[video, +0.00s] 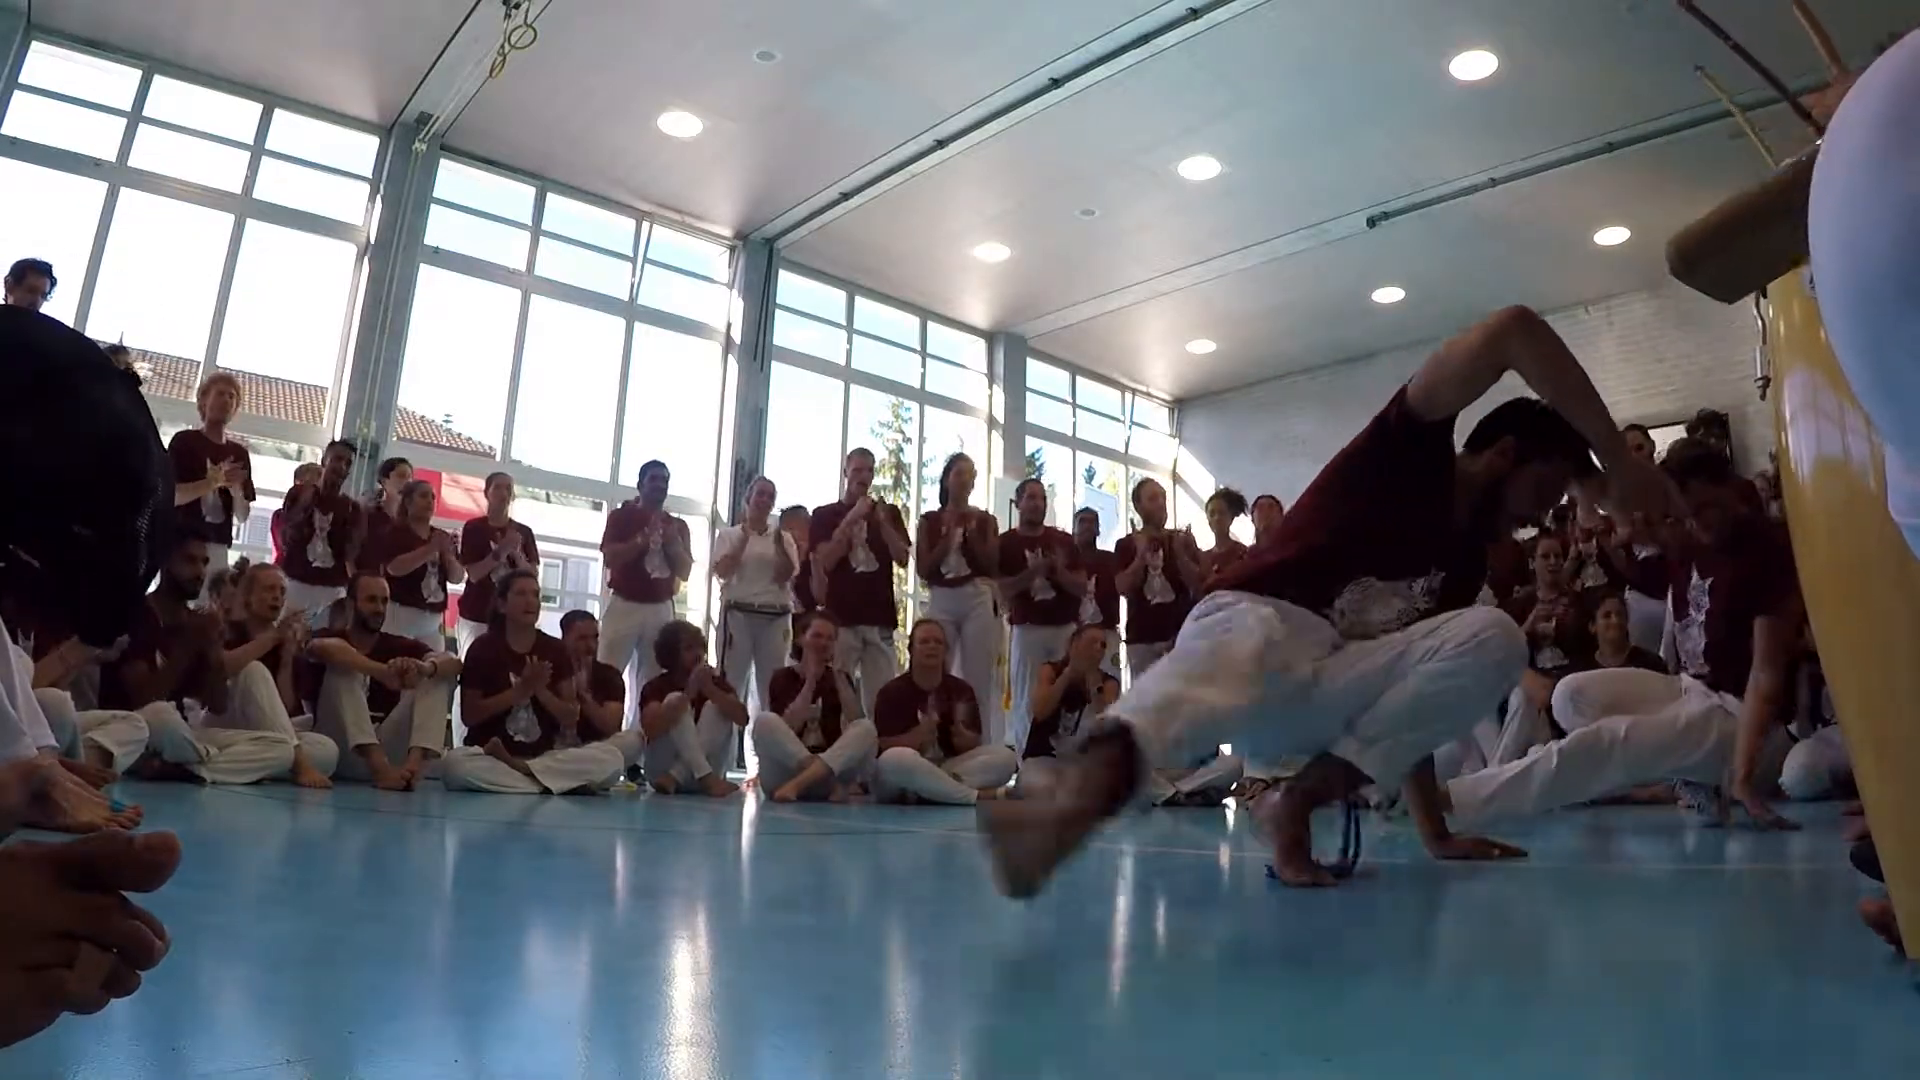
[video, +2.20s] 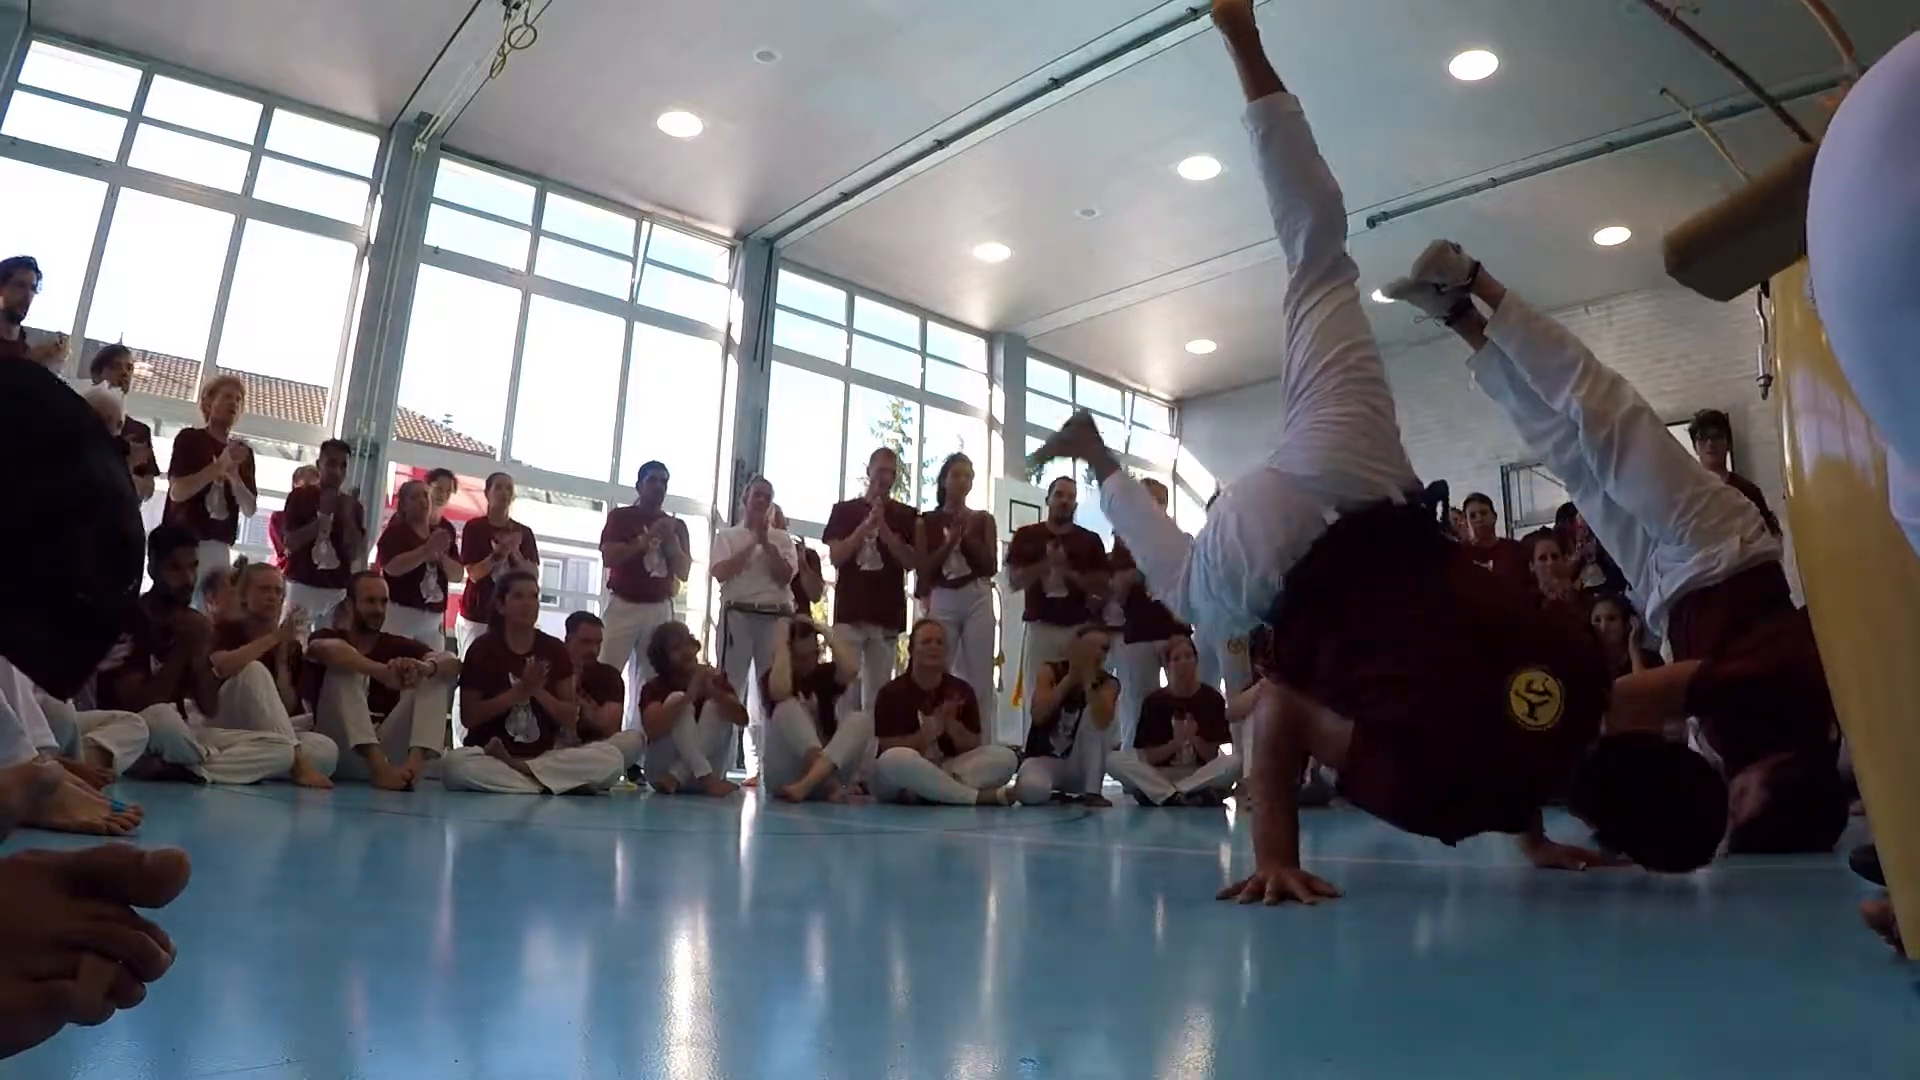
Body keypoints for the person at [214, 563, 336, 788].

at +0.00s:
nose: (278, 597)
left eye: (282, 591)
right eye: (269, 589)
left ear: (285, 598)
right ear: (247, 595)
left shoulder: (285, 642)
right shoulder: (227, 631)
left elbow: (287, 708)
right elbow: (222, 667)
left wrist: (288, 655)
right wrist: (274, 637)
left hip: (269, 729)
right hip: (224, 724)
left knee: (327, 751)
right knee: (254, 671)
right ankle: (298, 762)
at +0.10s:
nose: (198, 571)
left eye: (203, 563)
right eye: (188, 561)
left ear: (207, 567)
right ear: (164, 561)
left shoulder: (198, 622)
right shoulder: (136, 613)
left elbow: (213, 704)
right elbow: (144, 696)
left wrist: (207, 648)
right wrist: (192, 645)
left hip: (179, 733)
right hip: (132, 730)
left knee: (284, 748)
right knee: (162, 714)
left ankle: (184, 770)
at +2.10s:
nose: (187, 579)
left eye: (192, 567)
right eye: (174, 569)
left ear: (197, 567)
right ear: (153, 570)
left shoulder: (194, 621)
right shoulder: (128, 615)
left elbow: (205, 707)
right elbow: (139, 702)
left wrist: (201, 647)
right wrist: (183, 647)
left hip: (180, 734)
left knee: (283, 751)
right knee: (162, 716)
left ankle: (181, 771)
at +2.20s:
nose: (188, 579)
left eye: (192, 567)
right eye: (175, 569)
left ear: (198, 567)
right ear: (153, 570)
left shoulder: (197, 623)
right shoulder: (129, 616)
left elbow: (209, 706)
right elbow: (138, 702)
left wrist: (199, 653)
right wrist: (182, 648)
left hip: (181, 732)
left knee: (284, 751)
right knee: (161, 716)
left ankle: (189, 773)